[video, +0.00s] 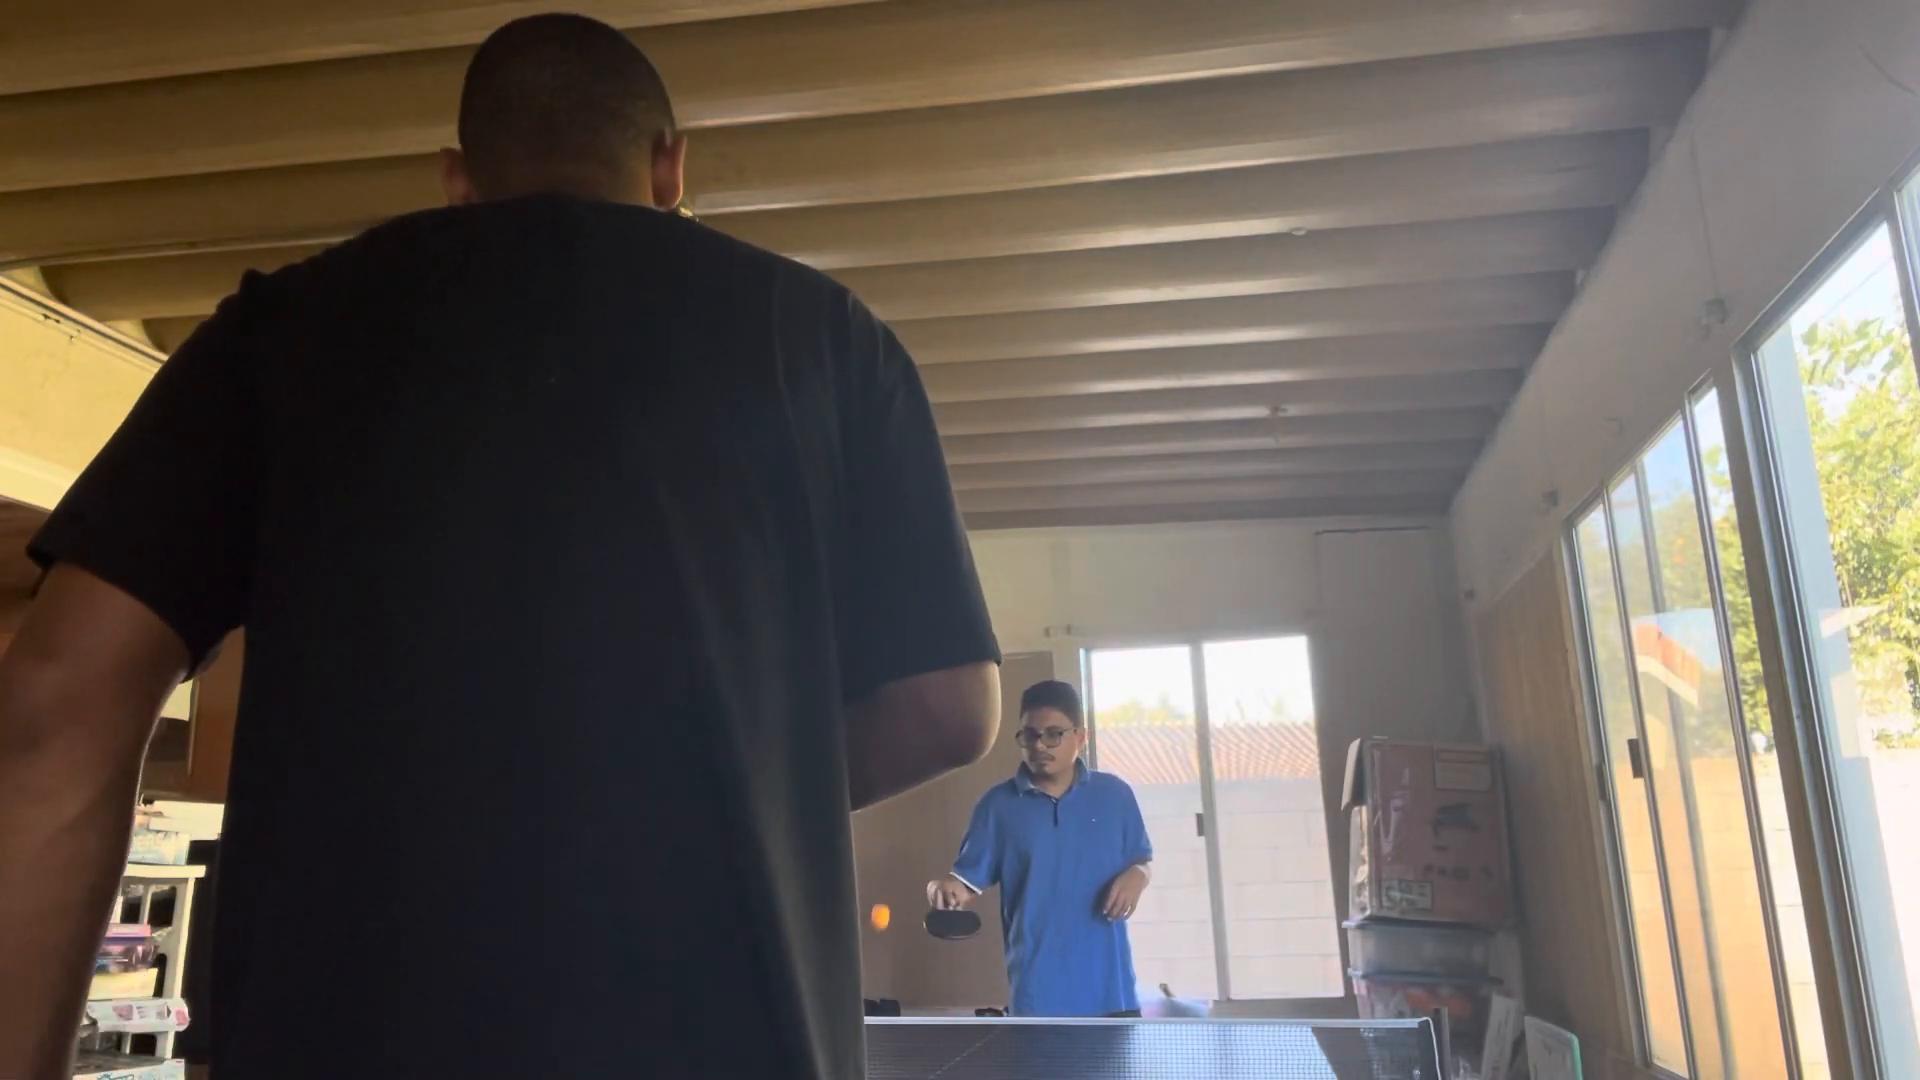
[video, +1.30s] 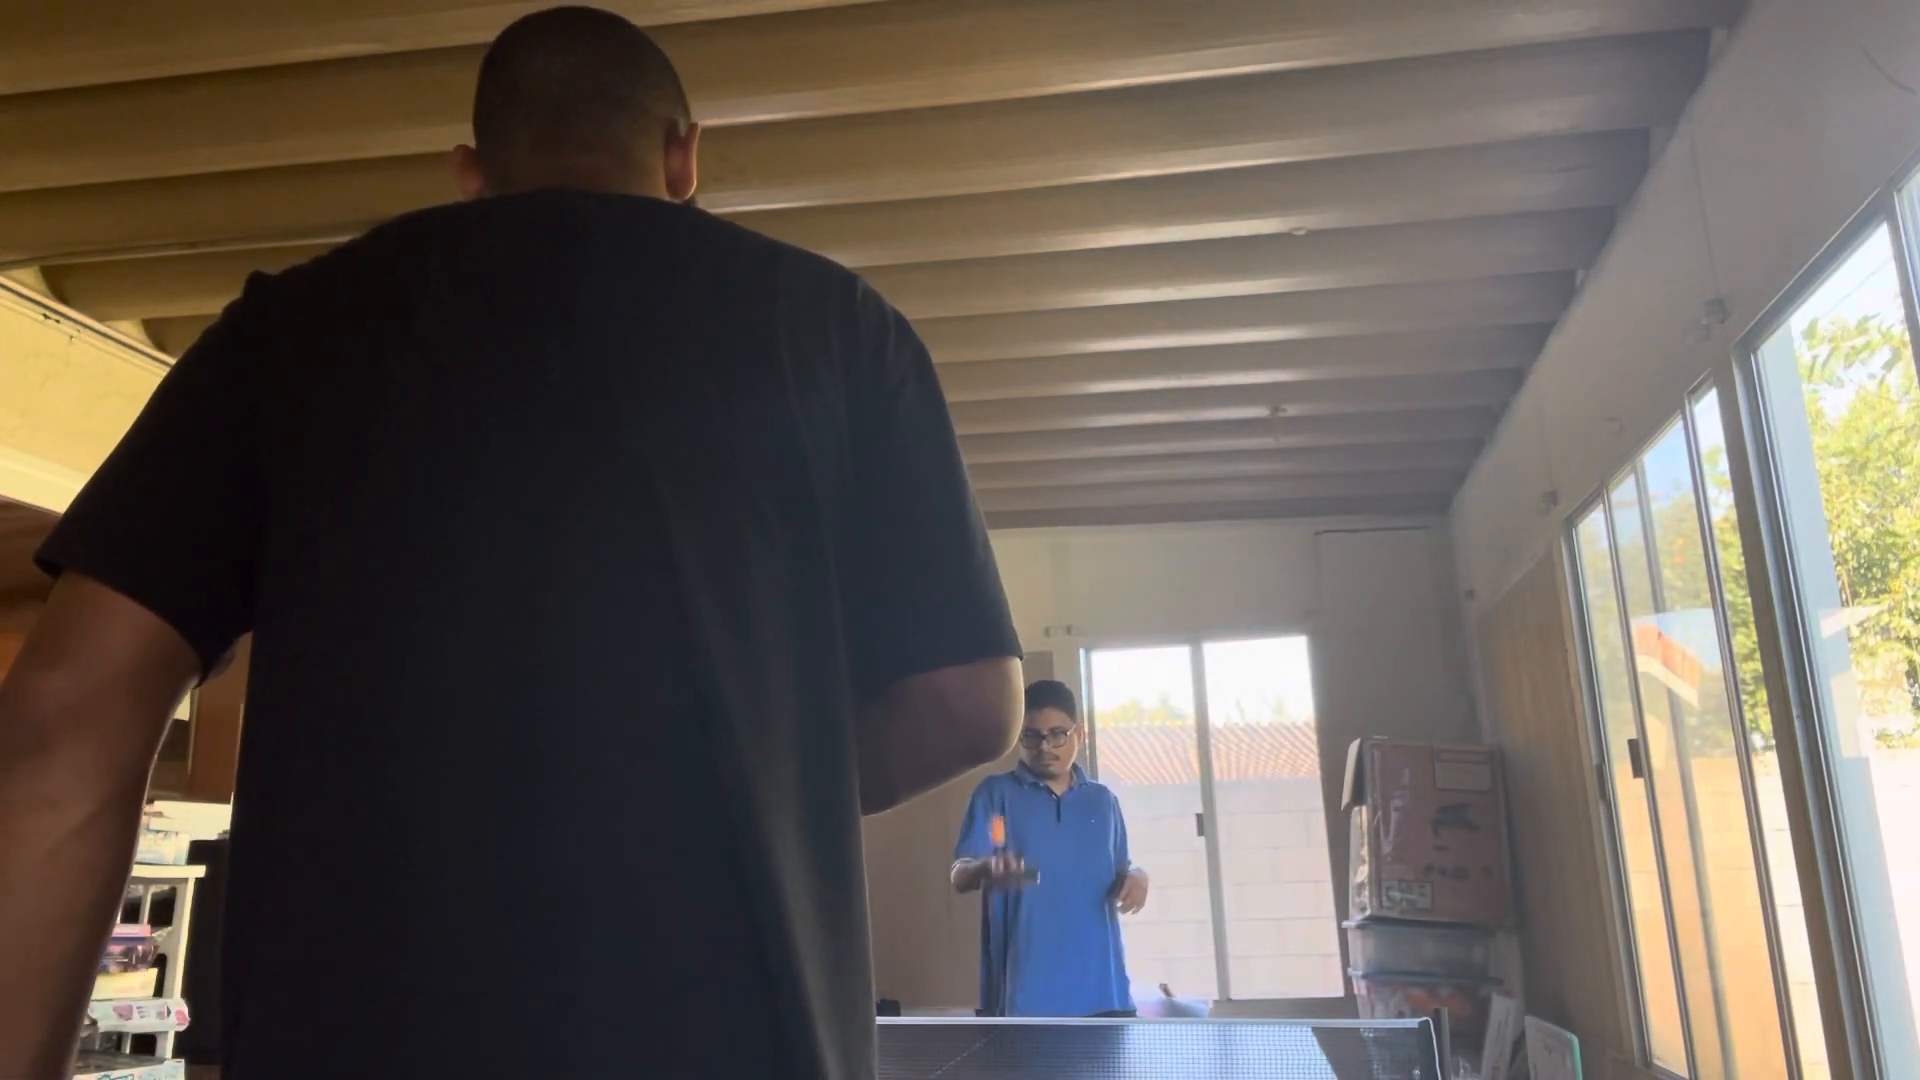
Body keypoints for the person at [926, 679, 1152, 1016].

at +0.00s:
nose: (1041, 746)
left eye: (1054, 734)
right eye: (1031, 735)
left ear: (1080, 738)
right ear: (1019, 738)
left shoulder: (1114, 794)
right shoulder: (999, 805)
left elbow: (1140, 861)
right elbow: (969, 879)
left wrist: (1136, 877)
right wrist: (947, 889)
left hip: (1109, 988)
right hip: (1037, 993)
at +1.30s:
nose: (1045, 746)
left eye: (1057, 734)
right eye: (1032, 736)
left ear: (1079, 736)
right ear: (1019, 738)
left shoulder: (1102, 801)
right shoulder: (996, 794)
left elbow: (1118, 879)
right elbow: (959, 877)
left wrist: (1137, 878)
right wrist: (986, 868)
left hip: (1100, 994)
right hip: (1023, 997)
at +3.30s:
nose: (1069, 746)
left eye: (1078, 737)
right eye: (1058, 736)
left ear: (1091, 742)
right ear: (1029, 736)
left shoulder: (1110, 800)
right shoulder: (1011, 796)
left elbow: (1124, 875)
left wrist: (1145, 878)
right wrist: (1036, 859)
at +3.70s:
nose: (1084, 755)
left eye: (1091, 744)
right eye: (1071, 744)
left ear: (1098, 746)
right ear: (1042, 746)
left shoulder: (1108, 801)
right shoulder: (1019, 799)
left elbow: (1114, 884)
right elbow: (985, 876)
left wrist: (1168, 878)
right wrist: (1071, 853)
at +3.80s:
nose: (1084, 746)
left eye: (1091, 736)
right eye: (1070, 736)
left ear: (1100, 739)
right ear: (1038, 737)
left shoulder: (1105, 801)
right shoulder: (1013, 800)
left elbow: (1118, 882)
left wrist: (1169, 876)